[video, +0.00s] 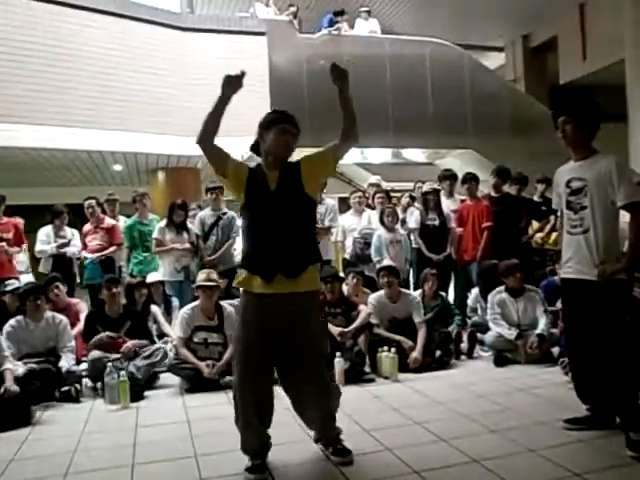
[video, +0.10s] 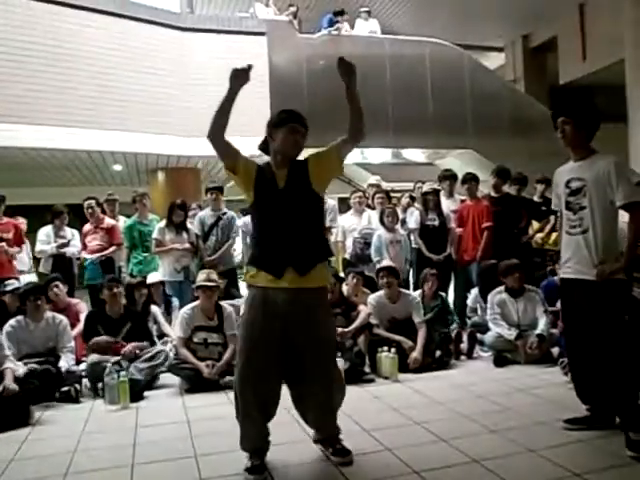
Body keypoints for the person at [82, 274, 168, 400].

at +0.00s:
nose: (114, 292)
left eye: (117, 287)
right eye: (109, 289)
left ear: (122, 290)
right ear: (101, 295)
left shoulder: (134, 314)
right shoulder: (94, 316)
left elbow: (150, 342)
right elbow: (88, 347)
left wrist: (135, 344)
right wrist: (101, 338)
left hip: (136, 357)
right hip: (106, 359)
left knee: (161, 351)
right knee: (95, 357)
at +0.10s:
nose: (115, 291)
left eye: (118, 287)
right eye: (110, 288)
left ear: (123, 291)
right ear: (102, 295)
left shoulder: (134, 315)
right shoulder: (94, 316)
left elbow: (149, 343)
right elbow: (90, 346)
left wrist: (136, 347)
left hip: (135, 358)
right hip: (106, 361)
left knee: (162, 353)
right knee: (93, 361)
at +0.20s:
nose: (115, 291)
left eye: (118, 287)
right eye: (110, 288)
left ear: (124, 291)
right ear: (103, 295)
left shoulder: (135, 315)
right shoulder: (93, 316)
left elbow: (148, 344)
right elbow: (89, 347)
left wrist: (136, 350)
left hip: (133, 361)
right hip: (104, 362)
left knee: (169, 347)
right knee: (91, 364)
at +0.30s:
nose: (117, 291)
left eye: (120, 287)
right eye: (112, 288)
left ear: (126, 292)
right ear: (104, 295)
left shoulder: (136, 315)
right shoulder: (94, 317)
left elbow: (147, 343)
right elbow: (89, 346)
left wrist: (134, 351)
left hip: (133, 360)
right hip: (105, 361)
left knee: (164, 354)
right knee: (91, 365)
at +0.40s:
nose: (118, 292)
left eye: (122, 288)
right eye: (114, 289)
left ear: (127, 292)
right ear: (106, 294)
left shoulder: (137, 315)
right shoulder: (95, 316)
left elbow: (148, 344)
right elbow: (90, 346)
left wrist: (136, 351)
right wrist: (103, 352)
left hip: (133, 361)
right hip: (106, 362)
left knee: (164, 356)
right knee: (92, 365)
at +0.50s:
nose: (120, 293)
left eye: (123, 289)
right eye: (115, 289)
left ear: (129, 292)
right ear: (107, 294)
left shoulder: (138, 316)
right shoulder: (96, 316)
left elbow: (150, 345)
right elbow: (90, 347)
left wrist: (138, 350)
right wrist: (101, 350)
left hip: (135, 362)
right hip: (106, 363)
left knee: (165, 355)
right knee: (92, 365)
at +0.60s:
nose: (121, 294)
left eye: (125, 290)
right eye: (117, 291)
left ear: (130, 293)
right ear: (108, 295)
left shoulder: (139, 316)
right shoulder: (97, 316)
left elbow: (151, 345)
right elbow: (90, 346)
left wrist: (137, 349)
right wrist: (99, 348)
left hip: (134, 361)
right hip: (107, 360)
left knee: (164, 356)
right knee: (92, 363)